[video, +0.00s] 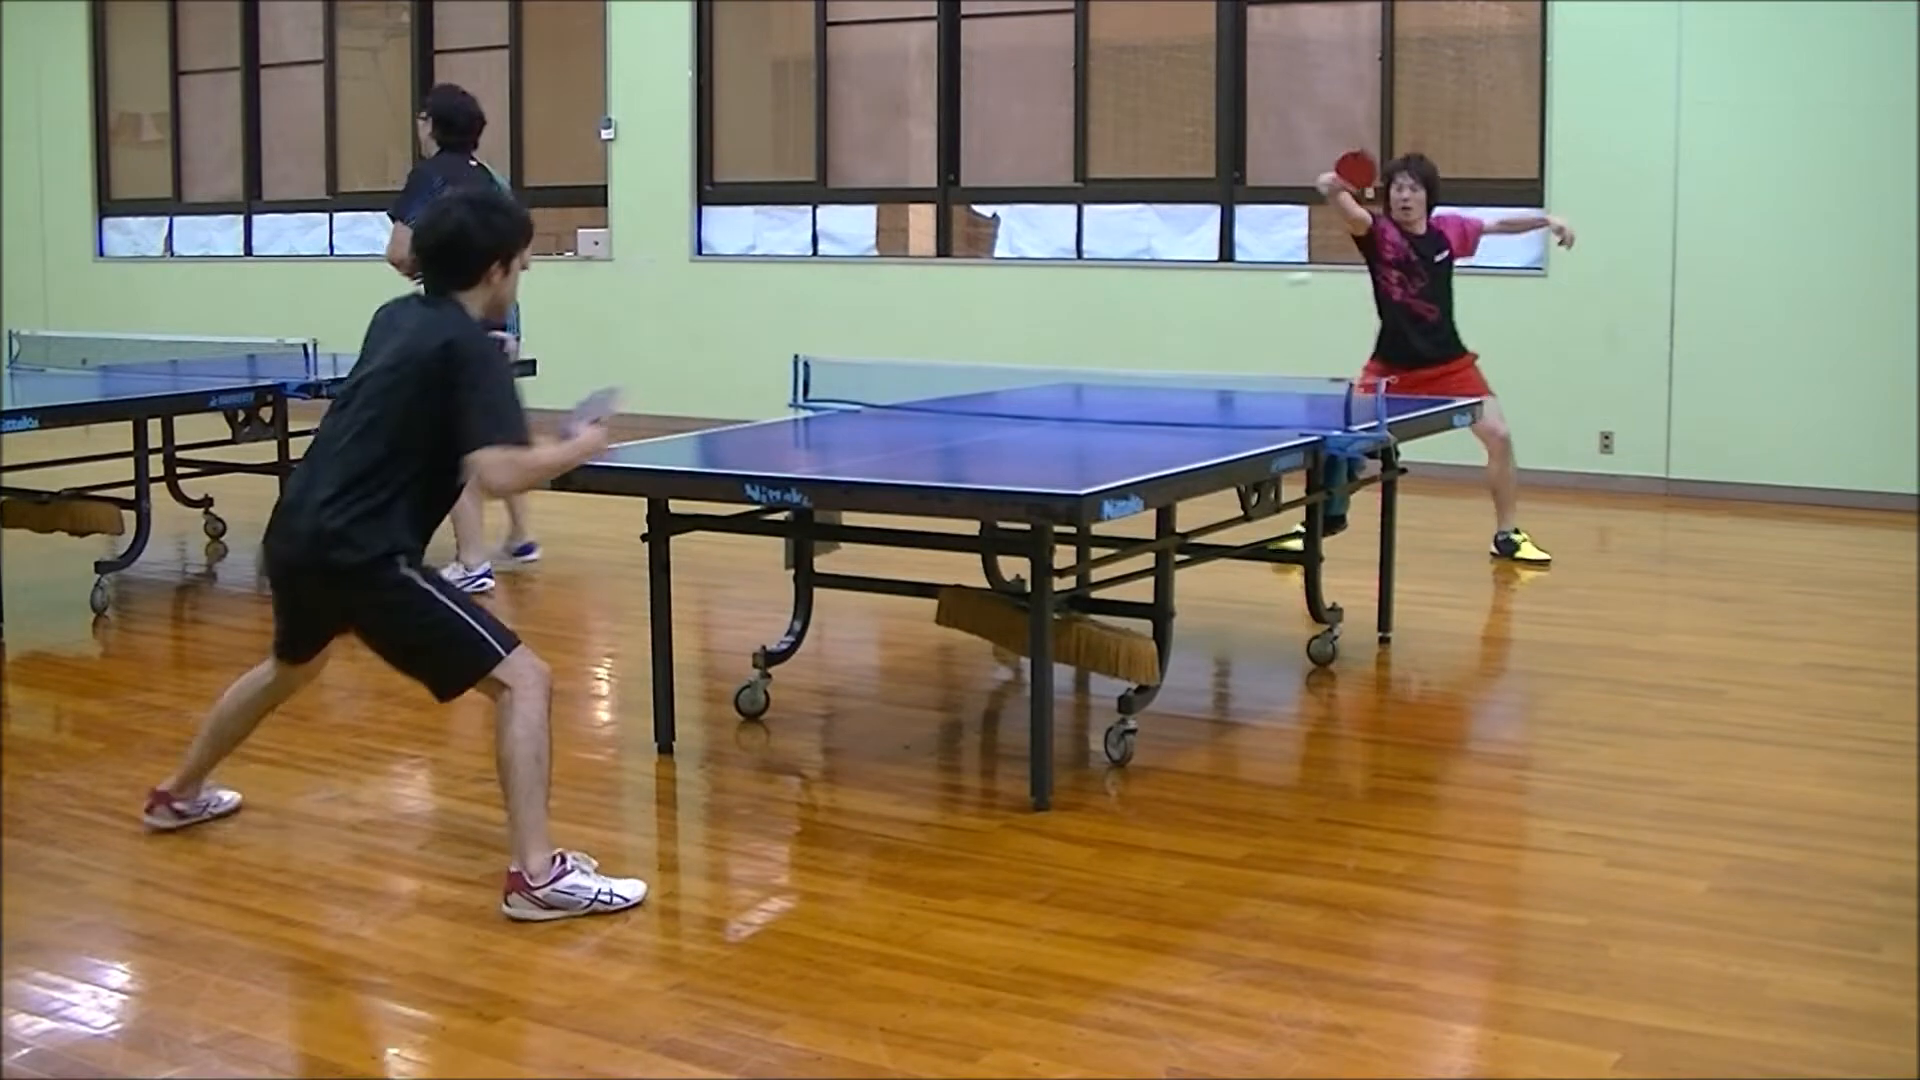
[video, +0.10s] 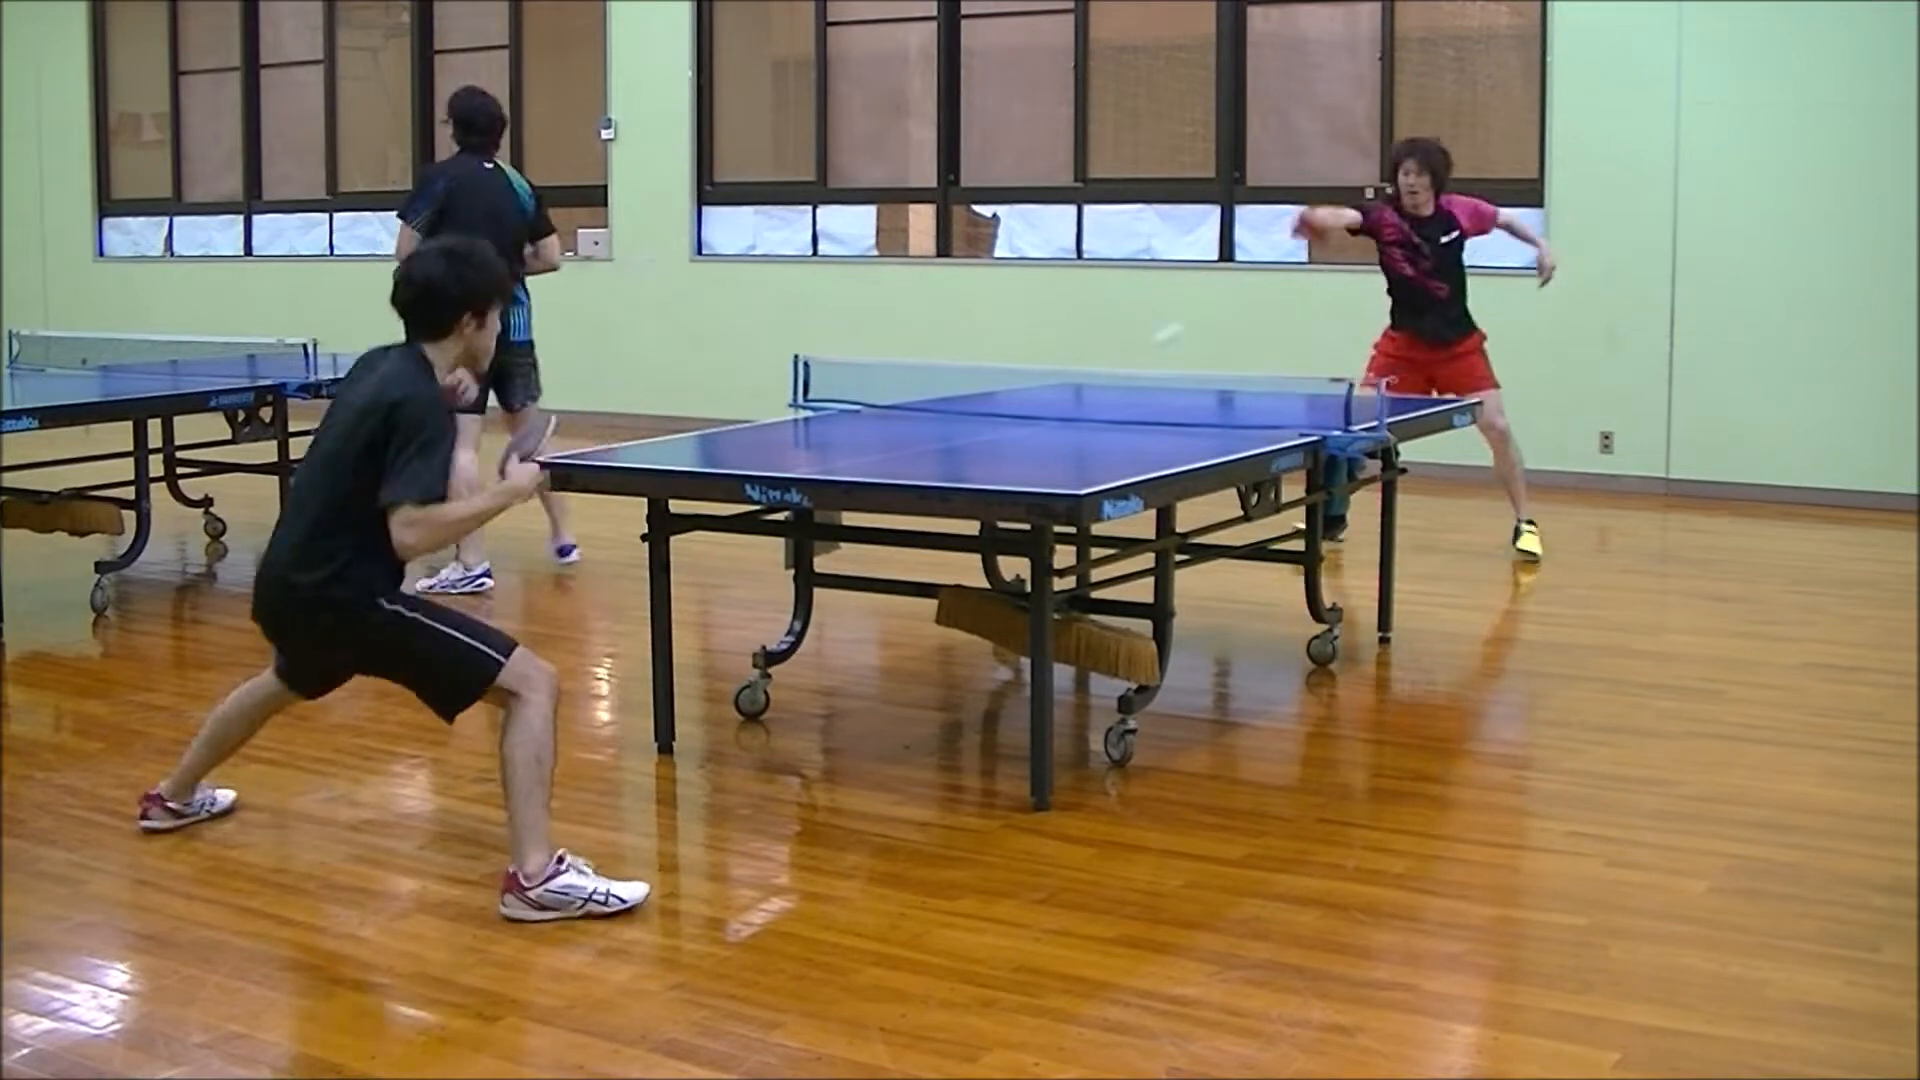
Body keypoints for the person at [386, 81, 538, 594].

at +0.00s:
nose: (418, 125)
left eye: (421, 119)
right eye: (421, 118)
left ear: (431, 127)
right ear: (475, 130)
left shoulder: (425, 177)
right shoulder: (493, 180)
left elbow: (398, 253)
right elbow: (512, 251)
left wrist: (438, 277)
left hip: (440, 324)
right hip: (494, 325)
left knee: (458, 449)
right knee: (503, 427)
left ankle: (473, 561)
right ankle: (522, 533)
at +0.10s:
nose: (449, 131)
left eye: (450, 124)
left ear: (453, 130)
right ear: (500, 132)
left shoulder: (440, 178)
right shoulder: (517, 185)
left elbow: (404, 249)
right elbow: (550, 256)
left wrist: (443, 275)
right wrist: (505, 263)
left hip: (457, 331)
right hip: (512, 328)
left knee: (462, 441)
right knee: (529, 428)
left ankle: (469, 562)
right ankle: (562, 536)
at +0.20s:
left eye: (475, 128)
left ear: (476, 134)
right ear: (522, 135)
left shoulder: (454, 183)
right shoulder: (540, 187)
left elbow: (424, 255)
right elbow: (572, 261)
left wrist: (465, 269)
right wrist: (529, 266)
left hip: (474, 334)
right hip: (534, 331)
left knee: (472, 443)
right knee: (560, 435)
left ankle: (467, 558)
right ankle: (584, 544)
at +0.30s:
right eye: (548, 136)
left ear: (499, 137)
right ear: (545, 138)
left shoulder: (473, 183)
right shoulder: (561, 186)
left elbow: (441, 246)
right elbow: (591, 262)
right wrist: (551, 257)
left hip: (490, 330)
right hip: (557, 328)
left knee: (476, 436)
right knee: (580, 432)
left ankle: (471, 538)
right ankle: (588, 543)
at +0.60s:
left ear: (532, 145)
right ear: (580, 143)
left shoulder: (518, 176)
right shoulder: (602, 175)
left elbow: (498, 235)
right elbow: (642, 241)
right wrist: (619, 203)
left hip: (522, 323)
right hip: (592, 326)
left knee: (541, 428)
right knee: (599, 434)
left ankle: (546, 526)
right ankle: (586, 542)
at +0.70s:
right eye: (590, 142)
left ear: (540, 150)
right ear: (586, 146)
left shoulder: (523, 182)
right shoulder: (606, 178)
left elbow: (511, 245)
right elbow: (654, 240)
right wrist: (626, 204)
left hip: (537, 328)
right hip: (594, 326)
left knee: (561, 431)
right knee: (592, 437)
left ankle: (590, 531)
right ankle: (584, 540)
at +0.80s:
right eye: (588, 148)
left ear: (542, 154)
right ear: (588, 150)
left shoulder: (526, 189)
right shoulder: (608, 181)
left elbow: (517, 255)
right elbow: (662, 236)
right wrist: (644, 198)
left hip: (552, 327)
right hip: (602, 326)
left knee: (569, 430)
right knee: (601, 433)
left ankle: (587, 530)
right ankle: (591, 534)